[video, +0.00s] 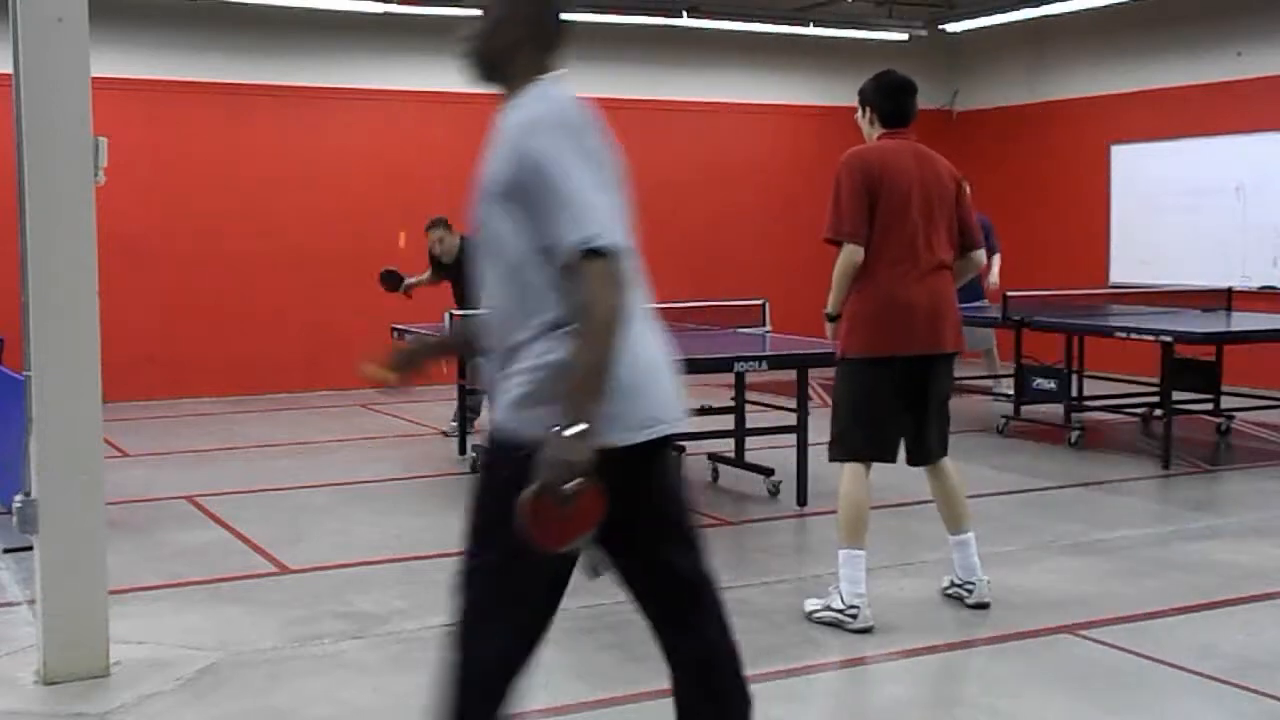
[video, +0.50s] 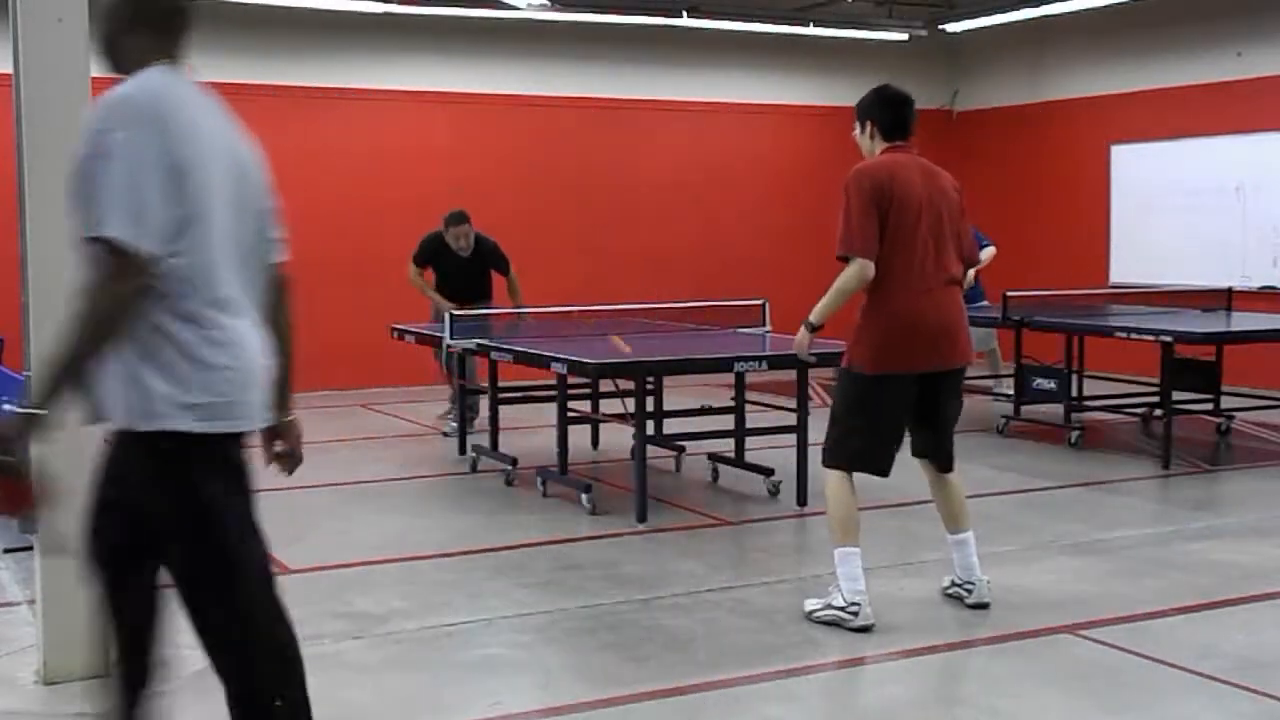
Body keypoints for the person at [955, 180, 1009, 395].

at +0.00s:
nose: (962, 200)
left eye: (965, 194)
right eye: (958, 195)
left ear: (970, 196)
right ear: (951, 198)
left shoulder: (981, 223)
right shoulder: (944, 224)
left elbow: (994, 251)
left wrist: (994, 273)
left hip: (975, 295)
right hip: (947, 296)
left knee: (987, 344)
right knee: (946, 347)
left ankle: (998, 383)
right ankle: (942, 387)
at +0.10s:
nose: (961, 201)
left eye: (963, 195)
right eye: (957, 196)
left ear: (968, 197)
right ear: (949, 200)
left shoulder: (979, 223)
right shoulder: (941, 225)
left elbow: (998, 252)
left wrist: (992, 271)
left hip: (973, 296)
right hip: (945, 297)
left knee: (987, 345)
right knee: (943, 348)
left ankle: (998, 384)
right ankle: (940, 389)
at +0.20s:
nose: (959, 208)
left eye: (961, 203)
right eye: (954, 204)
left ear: (966, 202)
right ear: (945, 206)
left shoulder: (977, 224)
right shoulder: (938, 228)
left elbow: (999, 251)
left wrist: (988, 269)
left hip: (973, 294)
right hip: (944, 297)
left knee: (989, 343)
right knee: (943, 349)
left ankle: (998, 384)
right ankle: (940, 391)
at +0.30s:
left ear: (967, 205)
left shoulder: (977, 227)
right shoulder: (940, 230)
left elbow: (997, 251)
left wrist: (982, 267)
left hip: (975, 296)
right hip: (946, 299)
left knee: (991, 343)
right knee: (944, 349)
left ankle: (999, 383)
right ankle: (943, 389)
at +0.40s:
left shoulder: (971, 225)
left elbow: (994, 249)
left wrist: (978, 265)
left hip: (974, 298)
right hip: (947, 302)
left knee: (990, 345)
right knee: (950, 350)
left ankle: (999, 383)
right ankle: (950, 389)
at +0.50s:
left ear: (958, 214)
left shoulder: (966, 230)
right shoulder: (931, 238)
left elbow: (989, 248)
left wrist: (973, 269)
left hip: (974, 299)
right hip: (948, 302)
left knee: (990, 345)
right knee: (953, 349)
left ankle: (999, 383)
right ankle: (952, 391)